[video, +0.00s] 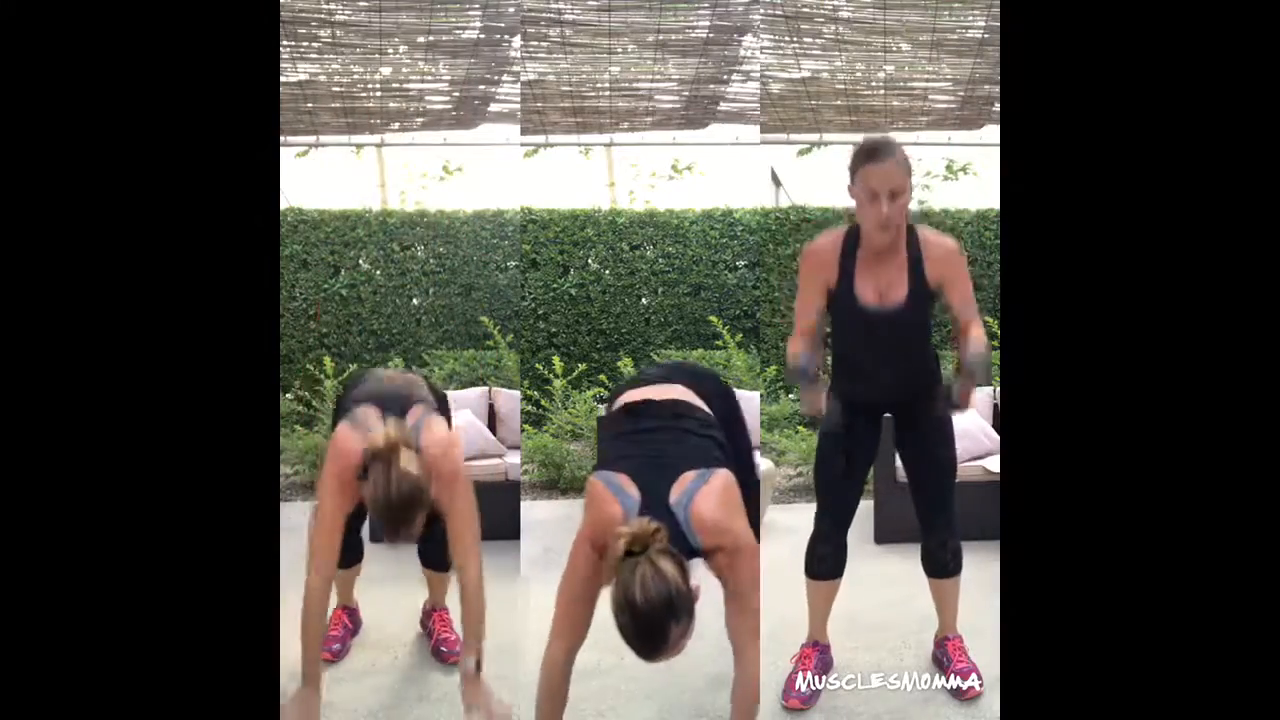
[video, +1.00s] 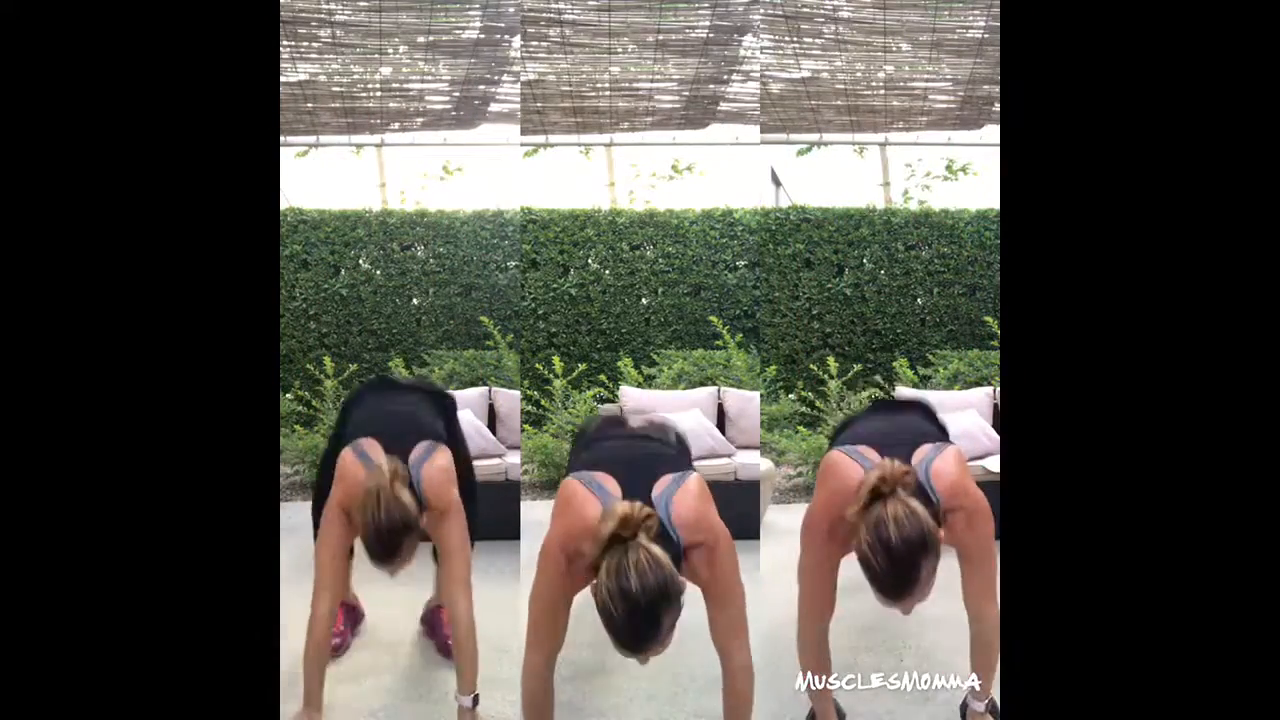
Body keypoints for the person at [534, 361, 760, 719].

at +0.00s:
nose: (671, 657)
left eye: (677, 650)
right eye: (658, 656)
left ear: (694, 595)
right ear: (616, 594)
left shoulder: (728, 535)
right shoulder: (598, 528)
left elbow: (747, 662)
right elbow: (560, 652)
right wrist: (547, 715)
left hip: (702, 393)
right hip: (625, 403)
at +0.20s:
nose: (635, 655)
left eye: (641, 647)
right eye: (623, 653)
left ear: (664, 588)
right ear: (582, 577)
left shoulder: (703, 531)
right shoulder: (568, 528)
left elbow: (732, 656)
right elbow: (543, 652)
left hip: (690, 422)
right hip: (615, 424)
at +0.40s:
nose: (628, 621)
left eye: (643, 608)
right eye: (614, 610)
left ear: (667, 556)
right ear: (589, 556)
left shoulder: (701, 527)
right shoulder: (566, 527)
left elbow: (729, 648)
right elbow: (543, 655)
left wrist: (735, 717)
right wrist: (540, 716)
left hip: (673, 469)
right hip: (601, 466)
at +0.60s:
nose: (630, 628)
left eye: (646, 612)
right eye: (613, 616)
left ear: (667, 557)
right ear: (587, 561)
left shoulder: (699, 527)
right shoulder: (563, 529)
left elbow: (724, 653)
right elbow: (543, 654)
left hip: (670, 461)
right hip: (596, 461)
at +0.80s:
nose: (636, 631)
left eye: (652, 613)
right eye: (619, 618)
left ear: (672, 559)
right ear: (592, 565)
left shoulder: (703, 528)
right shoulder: (563, 532)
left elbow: (727, 647)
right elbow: (543, 653)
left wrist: (733, 717)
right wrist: (541, 716)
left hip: (669, 472)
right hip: (592, 472)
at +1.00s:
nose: (648, 661)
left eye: (659, 650)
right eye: (636, 656)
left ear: (681, 587)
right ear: (595, 589)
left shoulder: (709, 539)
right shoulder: (565, 544)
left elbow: (737, 662)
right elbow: (538, 663)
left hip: (670, 444)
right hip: (594, 443)